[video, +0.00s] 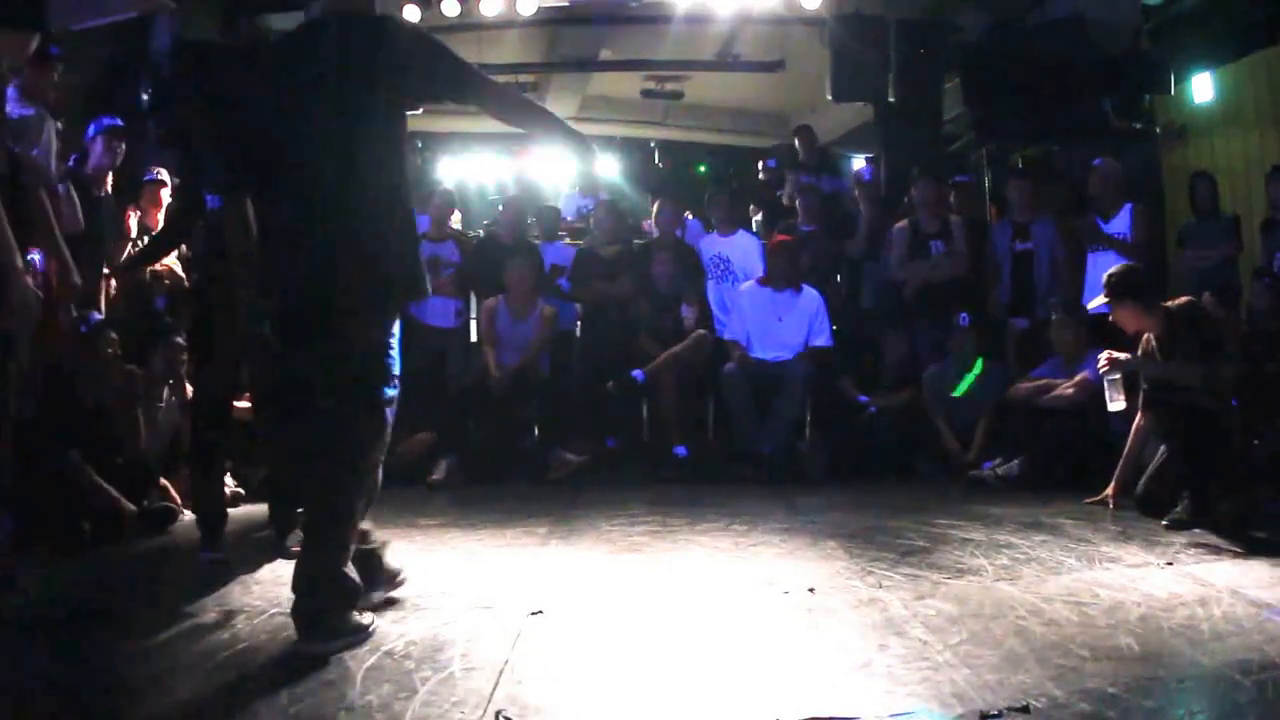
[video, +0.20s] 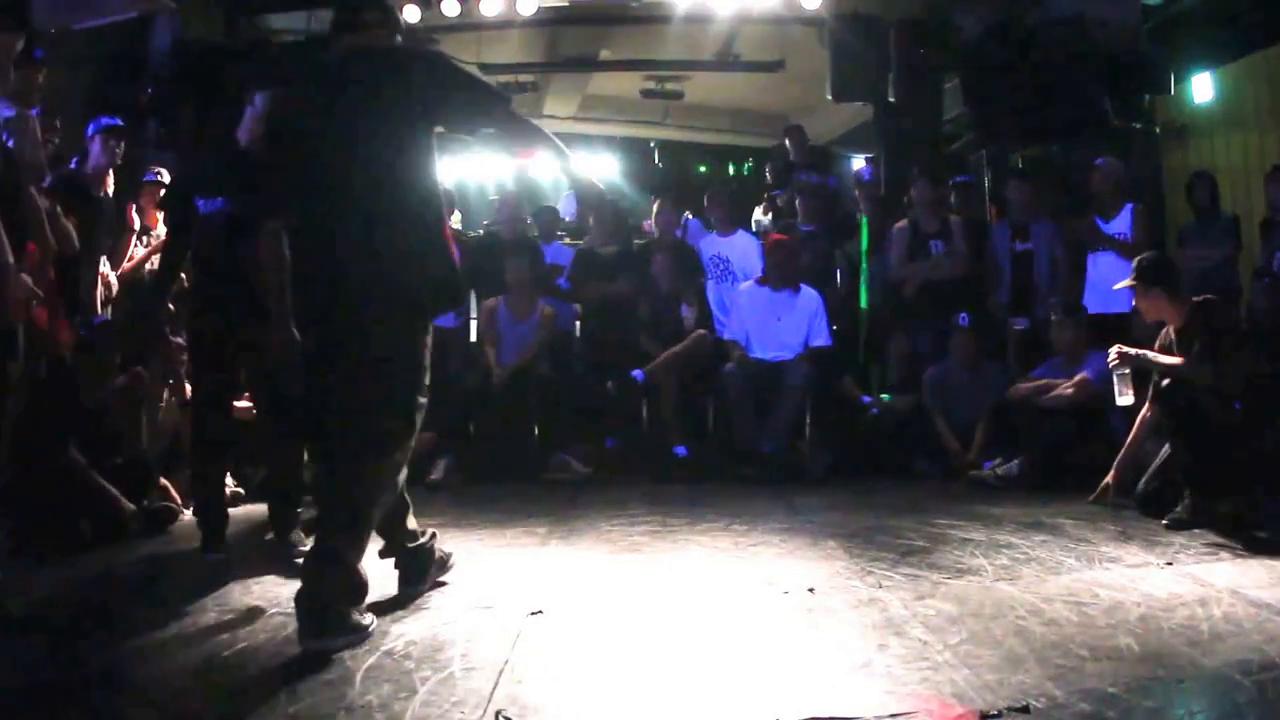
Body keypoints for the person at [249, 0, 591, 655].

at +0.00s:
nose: (409, 12)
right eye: (404, 10)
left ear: (321, 7)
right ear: (380, 4)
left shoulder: (271, 56)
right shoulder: (383, 37)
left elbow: (233, 182)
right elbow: (491, 94)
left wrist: (254, 266)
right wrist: (574, 137)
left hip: (293, 265)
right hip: (360, 263)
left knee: (332, 406)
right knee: (365, 408)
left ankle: (358, 553)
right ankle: (320, 597)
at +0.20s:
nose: (401, 32)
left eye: (391, 25)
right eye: (397, 23)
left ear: (336, 27)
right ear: (391, 25)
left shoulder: (292, 76)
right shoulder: (411, 66)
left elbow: (257, 178)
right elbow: (505, 119)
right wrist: (569, 170)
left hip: (319, 273)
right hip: (394, 270)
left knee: (349, 414)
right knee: (391, 420)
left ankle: (411, 550)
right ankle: (326, 602)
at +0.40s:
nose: (424, 54)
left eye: (417, 46)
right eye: (420, 45)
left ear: (363, 49)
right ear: (410, 45)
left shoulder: (330, 99)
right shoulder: (433, 87)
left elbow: (311, 203)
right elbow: (522, 146)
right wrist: (588, 197)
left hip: (362, 278)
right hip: (433, 270)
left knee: (389, 410)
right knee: (460, 410)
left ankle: (416, 553)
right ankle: (375, 539)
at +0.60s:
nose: (449, 57)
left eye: (444, 50)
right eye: (446, 48)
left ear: (391, 51)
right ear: (436, 45)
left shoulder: (357, 108)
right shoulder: (458, 83)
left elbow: (336, 202)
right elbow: (534, 149)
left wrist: (351, 279)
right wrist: (597, 194)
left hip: (386, 284)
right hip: (456, 276)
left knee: (396, 415)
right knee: (478, 405)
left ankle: (413, 550)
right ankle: (463, 536)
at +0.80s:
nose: (478, 85)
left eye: (474, 76)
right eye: (475, 76)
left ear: (419, 76)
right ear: (467, 73)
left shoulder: (382, 135)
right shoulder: (483, 115)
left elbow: (353, 231)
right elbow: (556, 176)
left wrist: (357, 309)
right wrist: (614, 223)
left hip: (397, 302)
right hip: (471, 291)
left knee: (401, 429)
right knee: (479, 417)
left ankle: (417, 559)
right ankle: (492, 526)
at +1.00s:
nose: (496, 101)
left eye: (493, 93)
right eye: (495, 92)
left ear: (445, 89)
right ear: (490, 90)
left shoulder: (407, 143)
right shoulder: (503, 134)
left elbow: (389, 229)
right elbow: (555, 197)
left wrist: (394, 294)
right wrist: (605, 252)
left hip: (417, 300)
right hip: (486, 295)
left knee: (426, 412)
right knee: (501, 413)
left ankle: (427, 518)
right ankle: (490, 535)